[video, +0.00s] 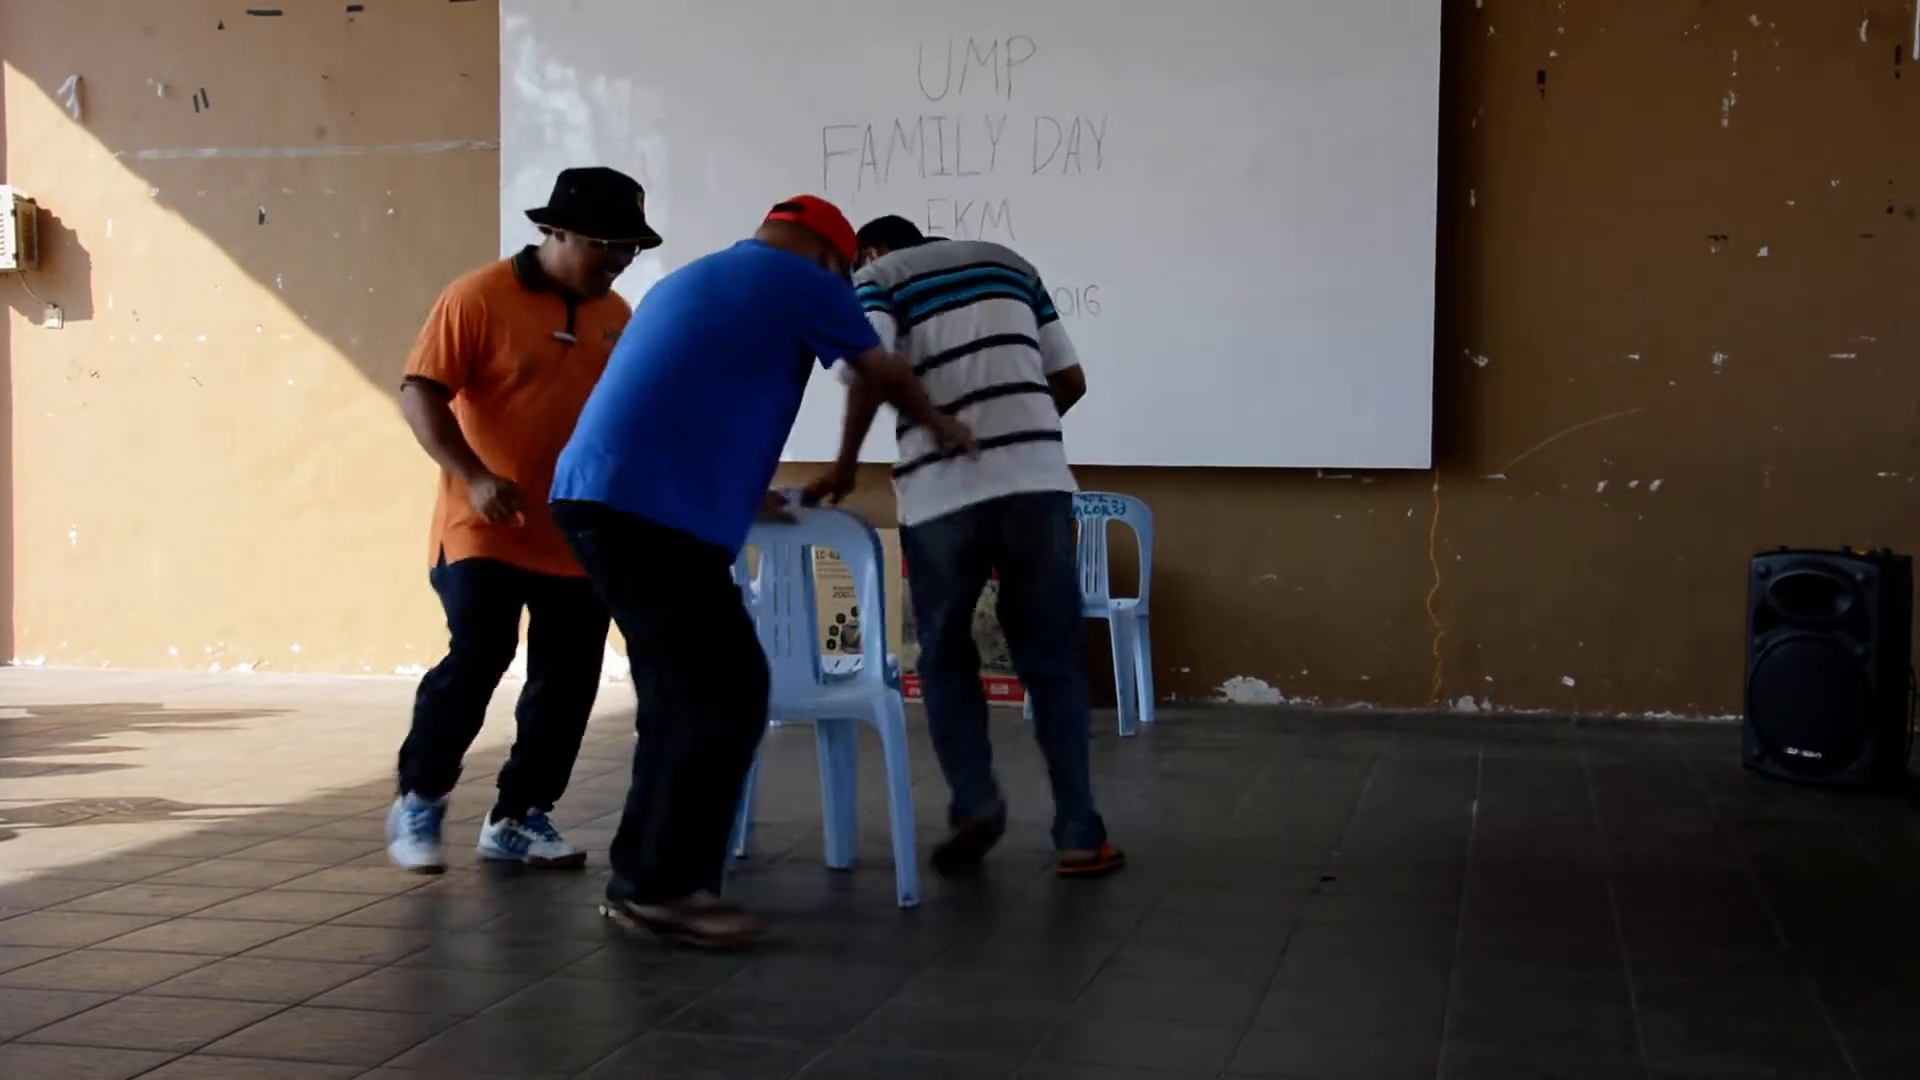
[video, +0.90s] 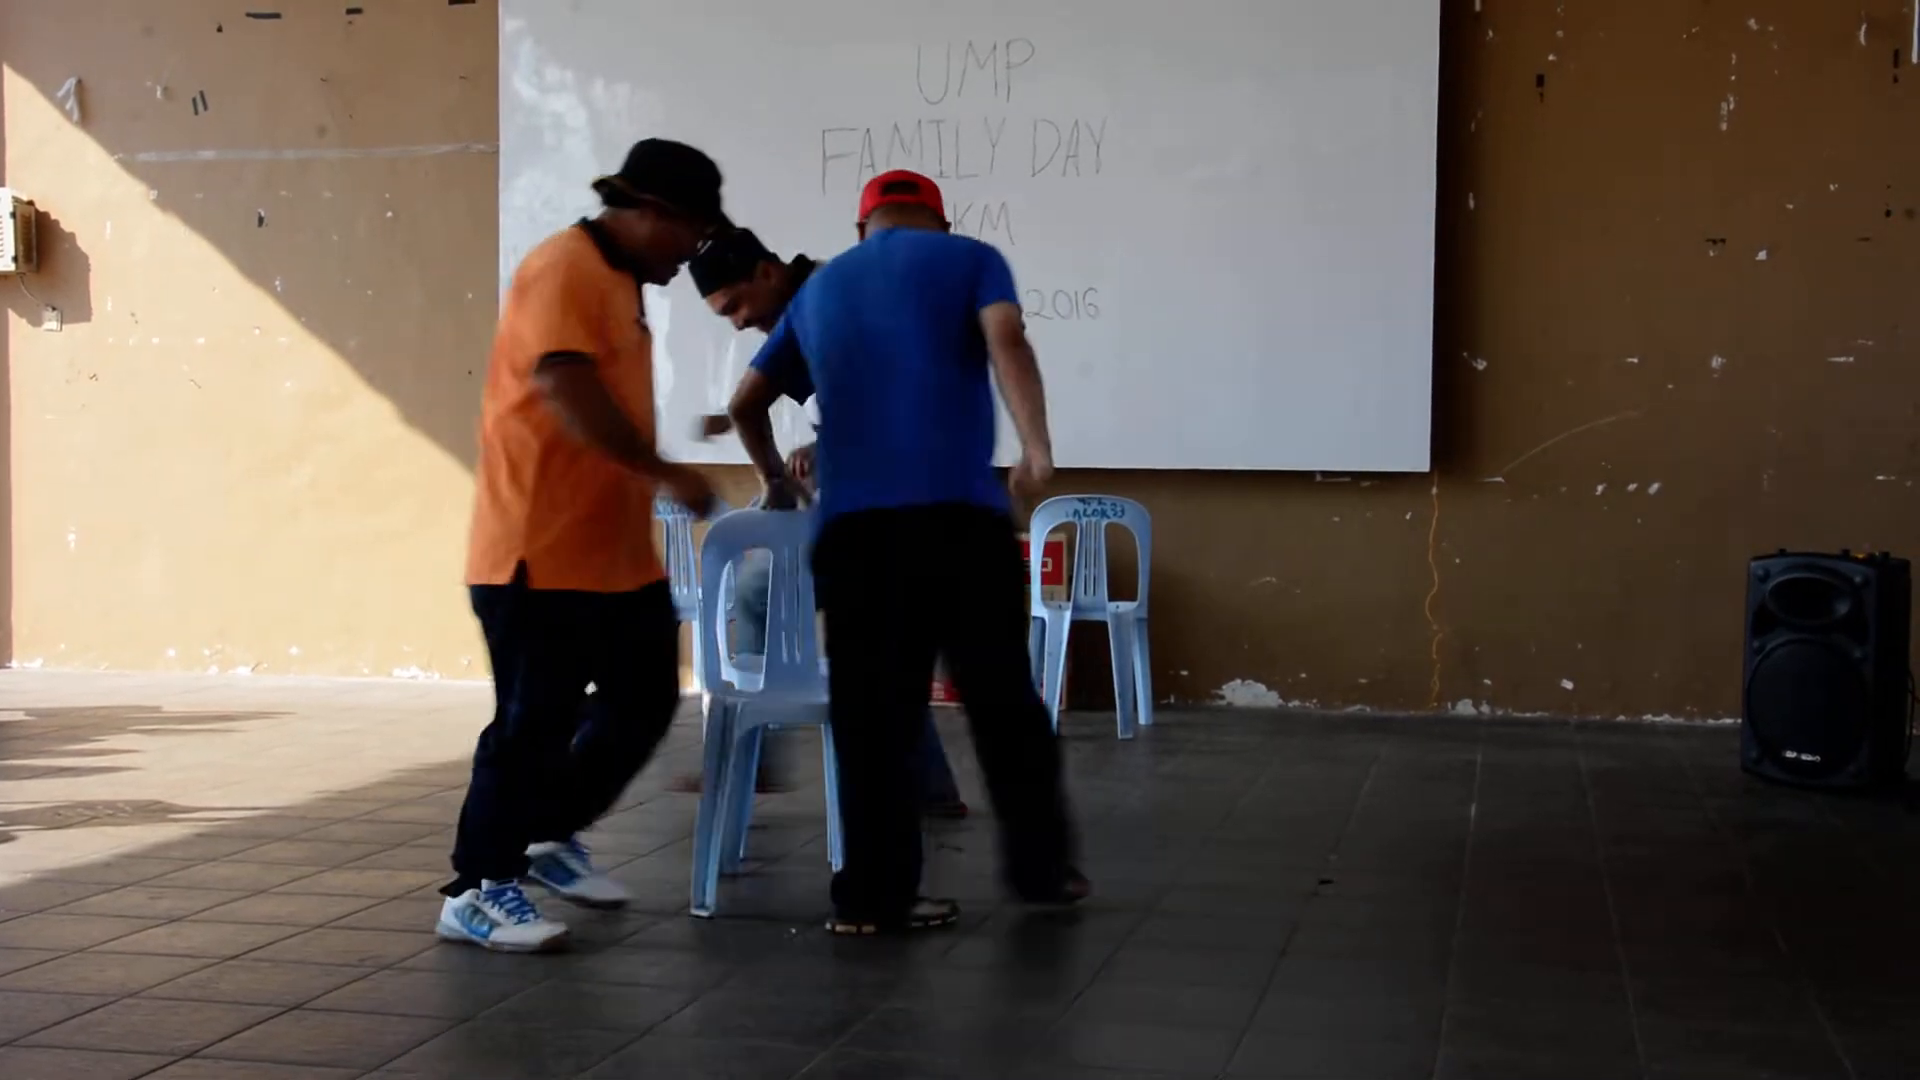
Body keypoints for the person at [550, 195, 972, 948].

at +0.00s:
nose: (840, 281)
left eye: (843, 272)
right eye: (841, 269)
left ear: (771, 233)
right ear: (823, 251)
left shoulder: (702, 275)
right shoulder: (809, 278)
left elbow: (665, 409)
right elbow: (884, 371)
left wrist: (754, 493)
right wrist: (934, 418)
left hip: (595, 496)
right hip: (656, 505)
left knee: (678, 693)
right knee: (734, 686)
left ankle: (639, 881)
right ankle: (665, 889)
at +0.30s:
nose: (851, 241)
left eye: (852, 230)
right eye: (851, 227)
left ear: (776, 201)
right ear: (833, 208)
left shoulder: (722, 261)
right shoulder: (822, 248)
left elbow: (732, 410)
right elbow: (850, 389)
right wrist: (870, 489)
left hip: (669, 503)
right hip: (731, 507)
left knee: (761, 699)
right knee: (776, 702)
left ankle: (672, 845)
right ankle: (704, 924)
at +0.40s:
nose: (866, 233)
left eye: (865, 223)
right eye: (866, 220)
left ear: (786, 200)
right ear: (851, 205)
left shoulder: (735, 263)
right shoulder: (848, 250)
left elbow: (749, 404)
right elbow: (867, 400)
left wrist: (876, 437)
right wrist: (849, 507)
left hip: (692, 503)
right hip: (754, 507)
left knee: (835, 665)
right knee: (769, 701)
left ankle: (763, 865)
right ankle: (703, 918)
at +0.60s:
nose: (909, 241)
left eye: (904, 232)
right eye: (909, 229)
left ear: (828, 214)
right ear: (897, 219)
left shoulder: (775, 274)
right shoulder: (906, 268)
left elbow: (741, 403)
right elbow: (944, 404)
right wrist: (970, 497)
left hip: (748, 514)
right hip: (822, 519)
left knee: (867, 701)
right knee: (846, 704)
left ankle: (874, 895)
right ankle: (710, 904)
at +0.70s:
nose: (921, 246)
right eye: (922, 234)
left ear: (844, 224)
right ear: (919, 228)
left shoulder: (796, 286)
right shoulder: (928, 273)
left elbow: (738, 414)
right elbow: (975, 395)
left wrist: (774, 496)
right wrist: (1018, 511)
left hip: (776, 520)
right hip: (862, 518)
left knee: (866, 706)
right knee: (920, 695)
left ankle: (874, 894)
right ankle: (799, 836)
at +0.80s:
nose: (927, 231)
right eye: (928, 221)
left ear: (855, 223)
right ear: (931, 221)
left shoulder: (812, 284)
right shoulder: (952, 266)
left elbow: (742, 410)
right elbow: (998, 364)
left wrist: (777, 502)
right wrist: (1037, 496)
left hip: (814, 527)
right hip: (912, 522)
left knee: (856, 708)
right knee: (975, 684)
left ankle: (863, 893)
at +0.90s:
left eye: (869, 220)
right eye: (935, 219)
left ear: (863, 223)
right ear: (939, 218)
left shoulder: (822, 286)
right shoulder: (971, 258)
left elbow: (745, 402)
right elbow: (1006, 339)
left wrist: (774, 474)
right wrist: (1037, 452)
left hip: (856, 534)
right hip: (961, 526)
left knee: (870, 719)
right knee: (1003, 699)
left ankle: (870, 900)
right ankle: (1043, 874)